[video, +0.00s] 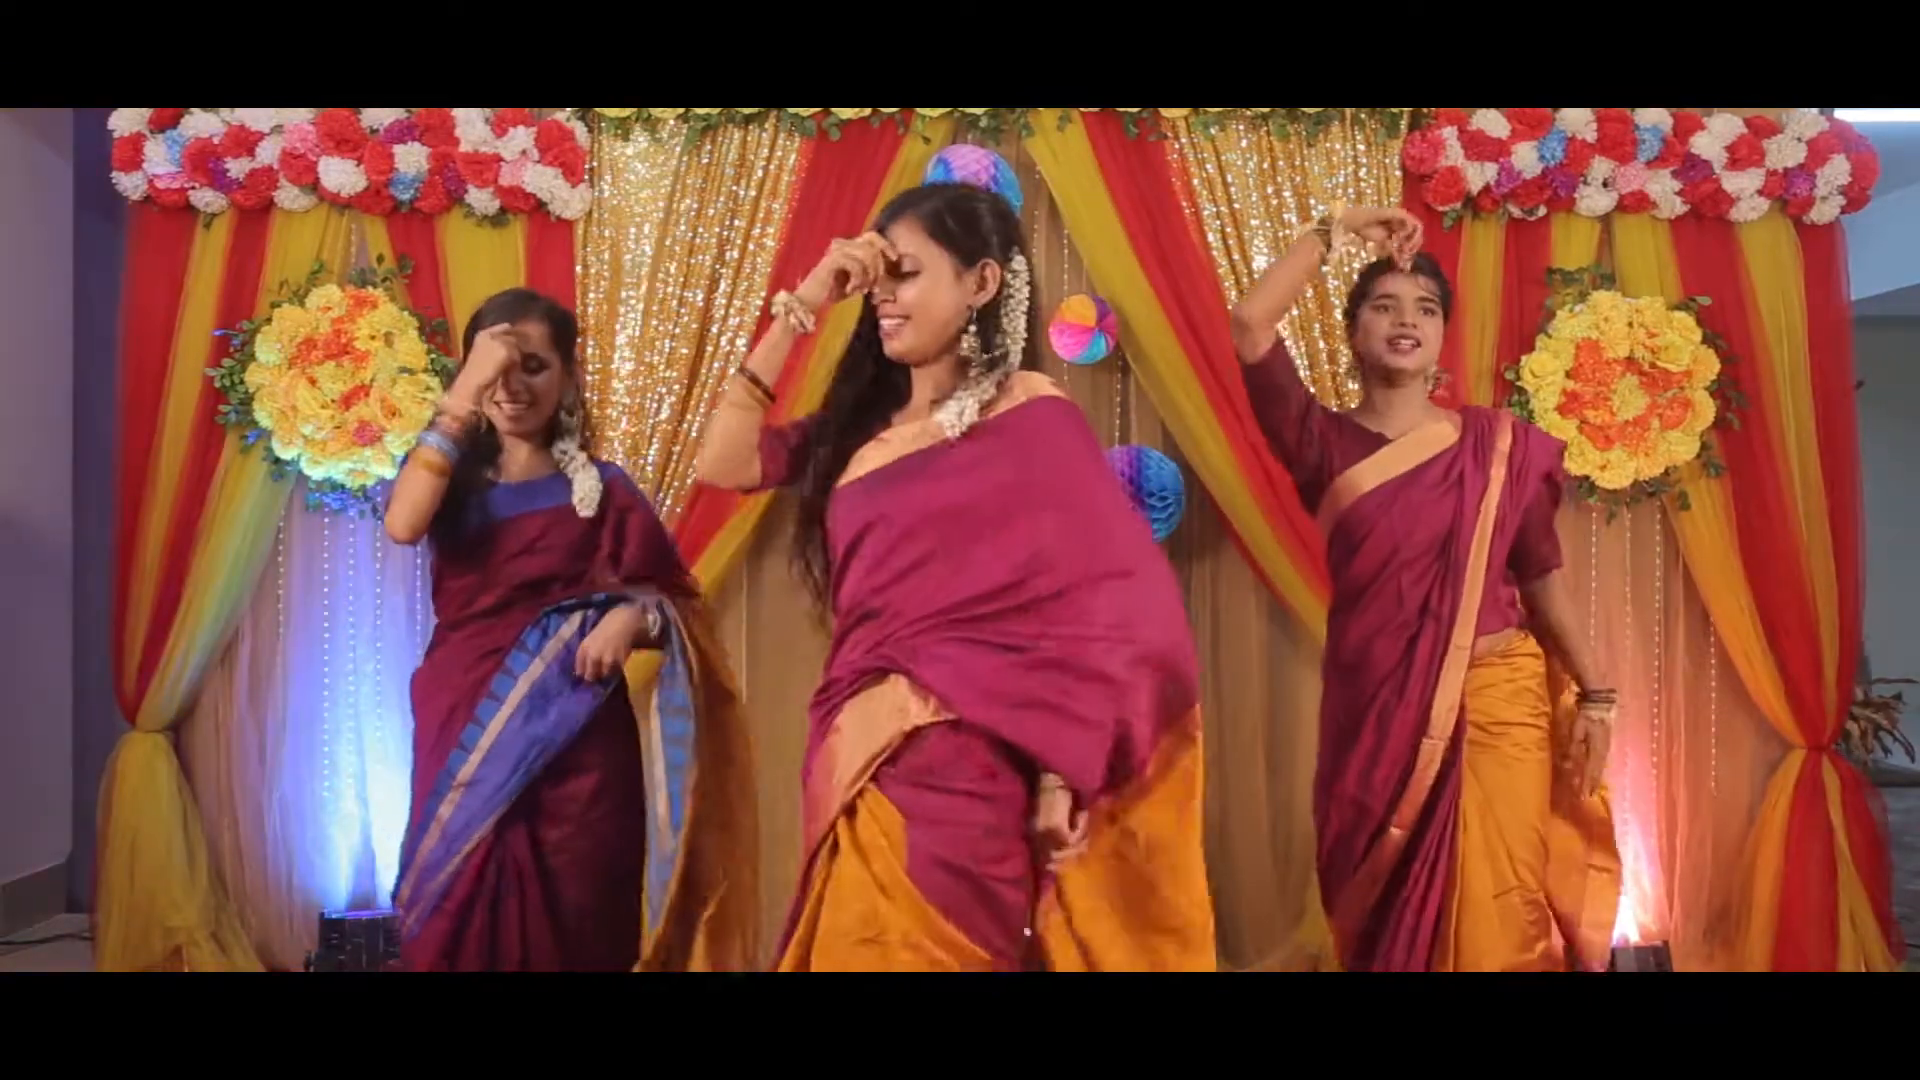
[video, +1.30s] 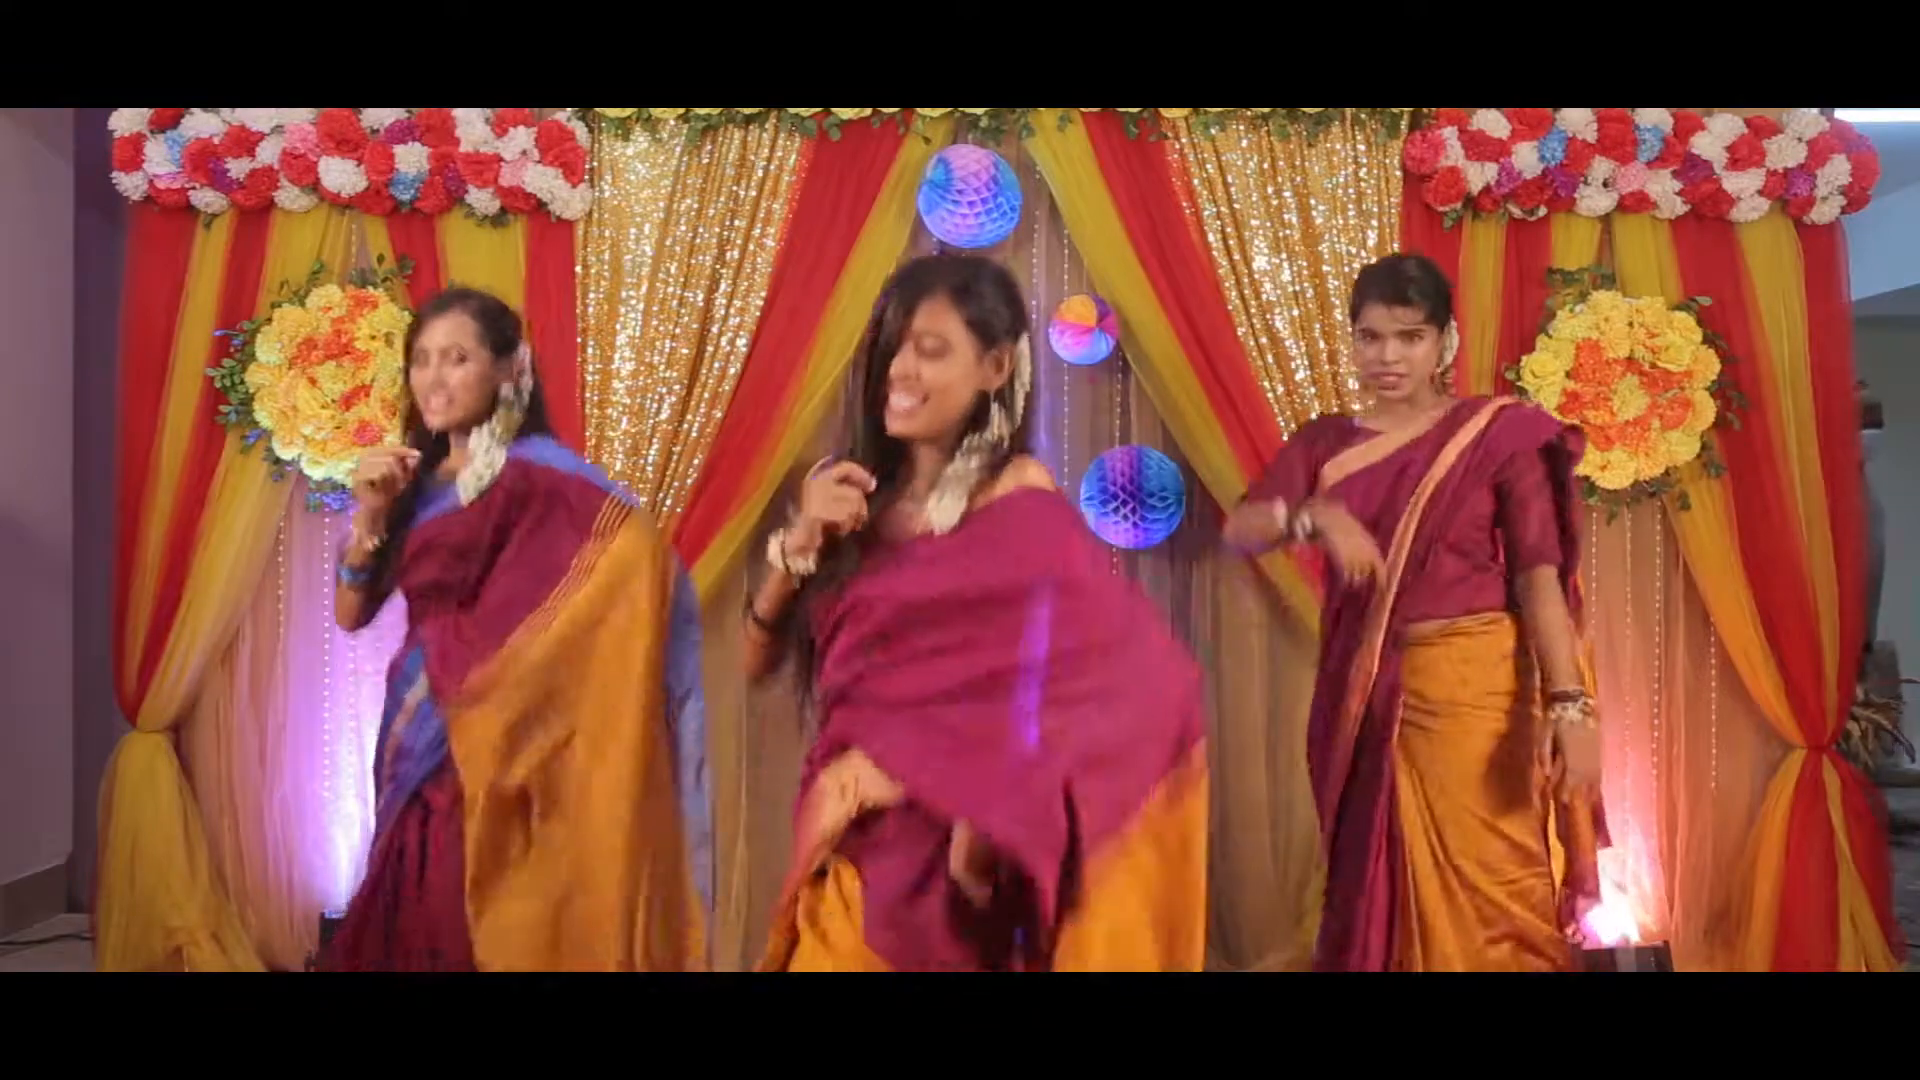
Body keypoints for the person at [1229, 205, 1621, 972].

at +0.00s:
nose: (1406, 320)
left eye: (1424, 307)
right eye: (1384, 305)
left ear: (1445, 334)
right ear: (1351, 329)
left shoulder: (1498, 442)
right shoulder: (1328, 444)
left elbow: (1539, 583)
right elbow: (1252, 323)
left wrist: (1594, 687)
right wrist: (1336, 228)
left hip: (1500, 690)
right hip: (1381, 704)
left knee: (1492, 915)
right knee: (1389, 917)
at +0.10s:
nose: (1410, 321)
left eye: (1430, 307)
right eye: (1389, 304)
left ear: (1450, 330)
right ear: (1356, 325)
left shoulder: (1505, 438)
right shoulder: (1330, 442)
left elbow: (1541, 579)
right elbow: (1248, 358)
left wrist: (1597, 697)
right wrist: (1331, 244)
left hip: (1502, 699)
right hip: (1382, 708)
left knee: (1501, 921)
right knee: (1394, 924)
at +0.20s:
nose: (1419, 337)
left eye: (1437, 321)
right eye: (1398, 321)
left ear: (1458, 338)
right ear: (1361, 340)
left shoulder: (1508, 444)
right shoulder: (1337, 444)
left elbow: (1541, 594)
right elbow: (1258, 465)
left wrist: (1593, 718)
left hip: (1497, 707)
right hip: (1376, 712)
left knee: (1494, 918)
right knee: (1388, 917)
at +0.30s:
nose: (1421, 366)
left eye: (1440, 348)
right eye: (1402, 347)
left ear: (1464, 364)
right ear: (1372, 359)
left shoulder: (1516, 467)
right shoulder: (1333, 468)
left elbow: (1543, 624)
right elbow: (1285, 586)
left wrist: (1581, 758)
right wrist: (1353, 526)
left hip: (1488, 731)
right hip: (1369, 733)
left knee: (1480, 929)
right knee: (1378, 931)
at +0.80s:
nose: (1354, 406)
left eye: (1384, 397)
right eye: (1348, 391)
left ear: (1419, 434)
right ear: (1333, 409)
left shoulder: (1437, 533)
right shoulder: (1331, 538)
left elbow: (1519, 681)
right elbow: (1308, 693)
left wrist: (1590, 810)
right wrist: (1301, 597)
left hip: (1483, 806)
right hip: (1385, 804)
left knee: (1423, 952)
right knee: (1337, 948)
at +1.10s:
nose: (1366, 386)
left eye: (1388, 368)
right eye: (1352, 367)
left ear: (1430, 383)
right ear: (1336, 377)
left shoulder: (1472, 467)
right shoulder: (1334, 492)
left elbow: (1524, 617)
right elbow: (1263, 603)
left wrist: (1571, 758)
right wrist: (1279, 509)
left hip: (1479, 744)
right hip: (1382, 753)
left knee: (1477, 942)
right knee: (1386, 942)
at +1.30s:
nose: (1387, 356)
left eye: (1408, 337)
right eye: (1370, 337)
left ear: (1447, 344)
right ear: (1350, 342)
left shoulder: (1502, 430)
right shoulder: (1324, 444)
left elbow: (1537, 579)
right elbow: (1237, 530)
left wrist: (1569, 702)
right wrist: (1313, 514)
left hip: (1481, 698)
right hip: (1366, 706)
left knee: (1495, 907)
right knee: (1380, 903)